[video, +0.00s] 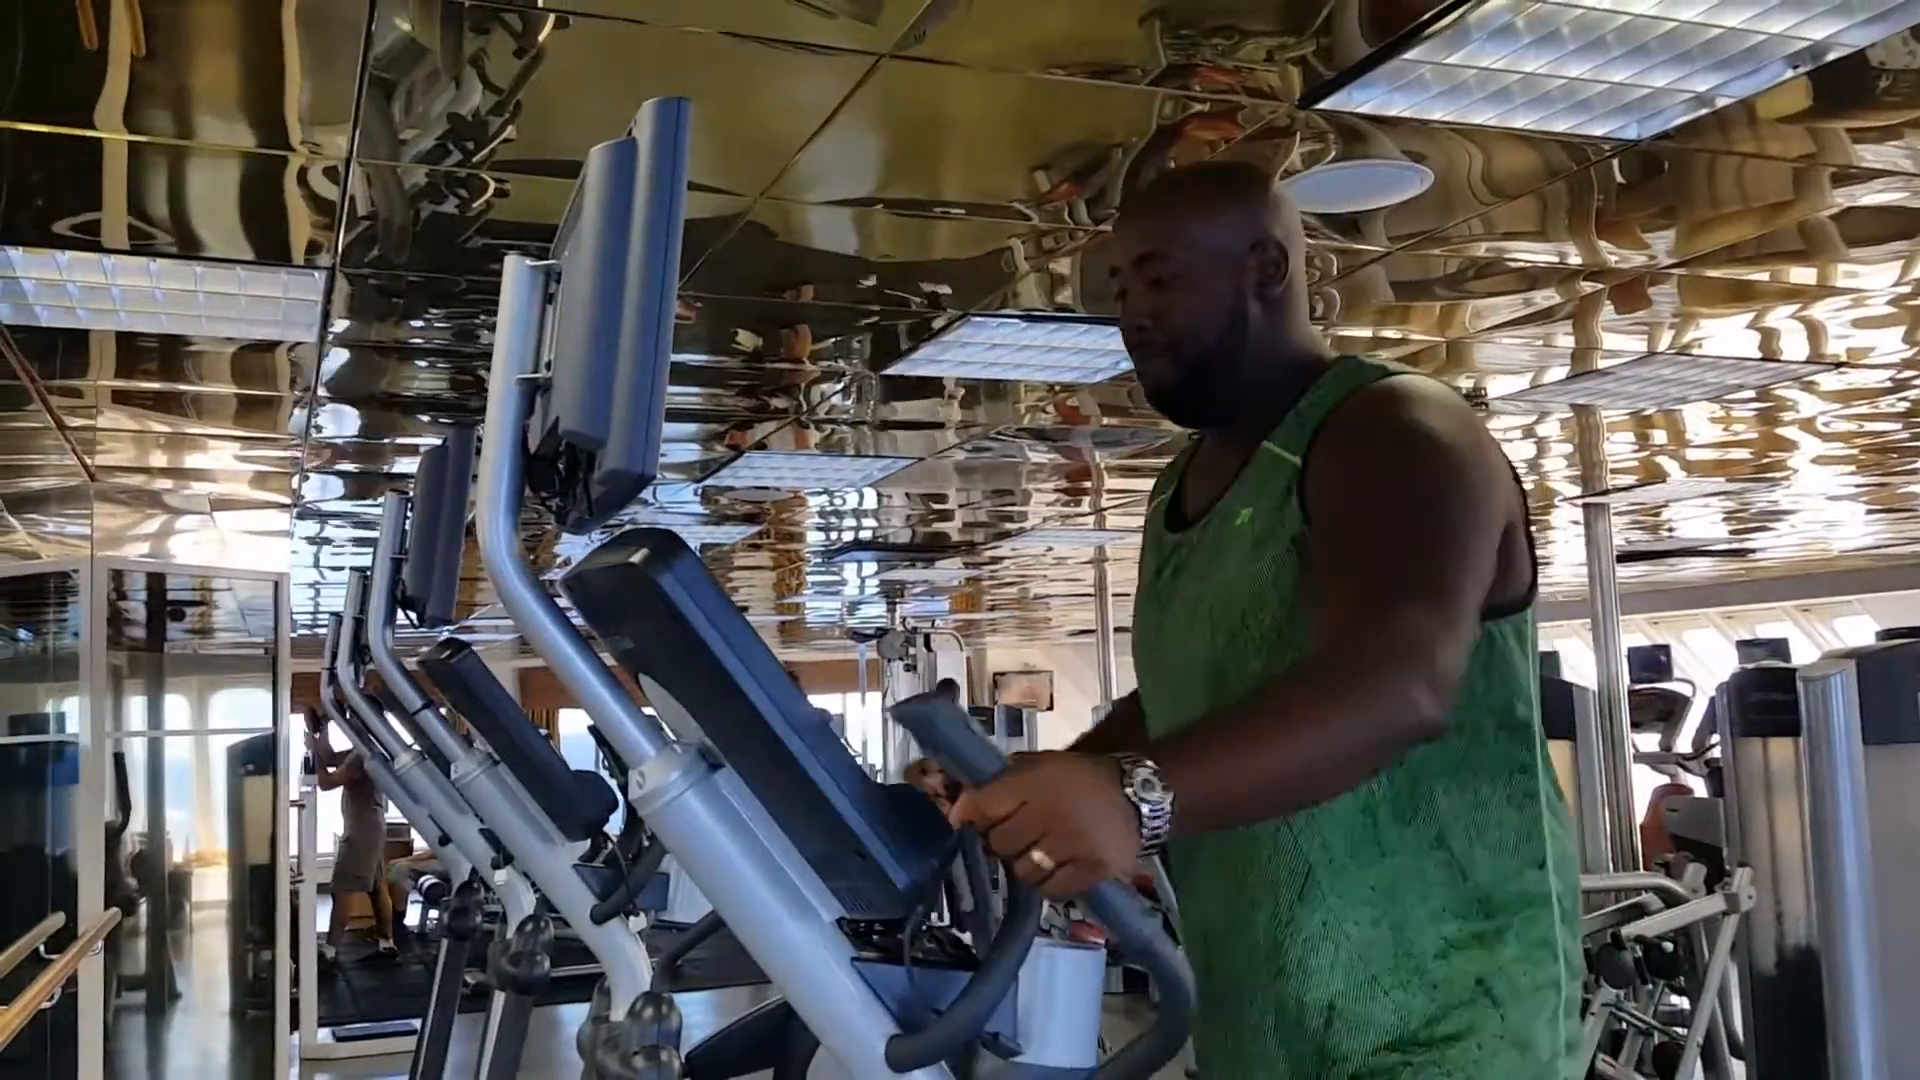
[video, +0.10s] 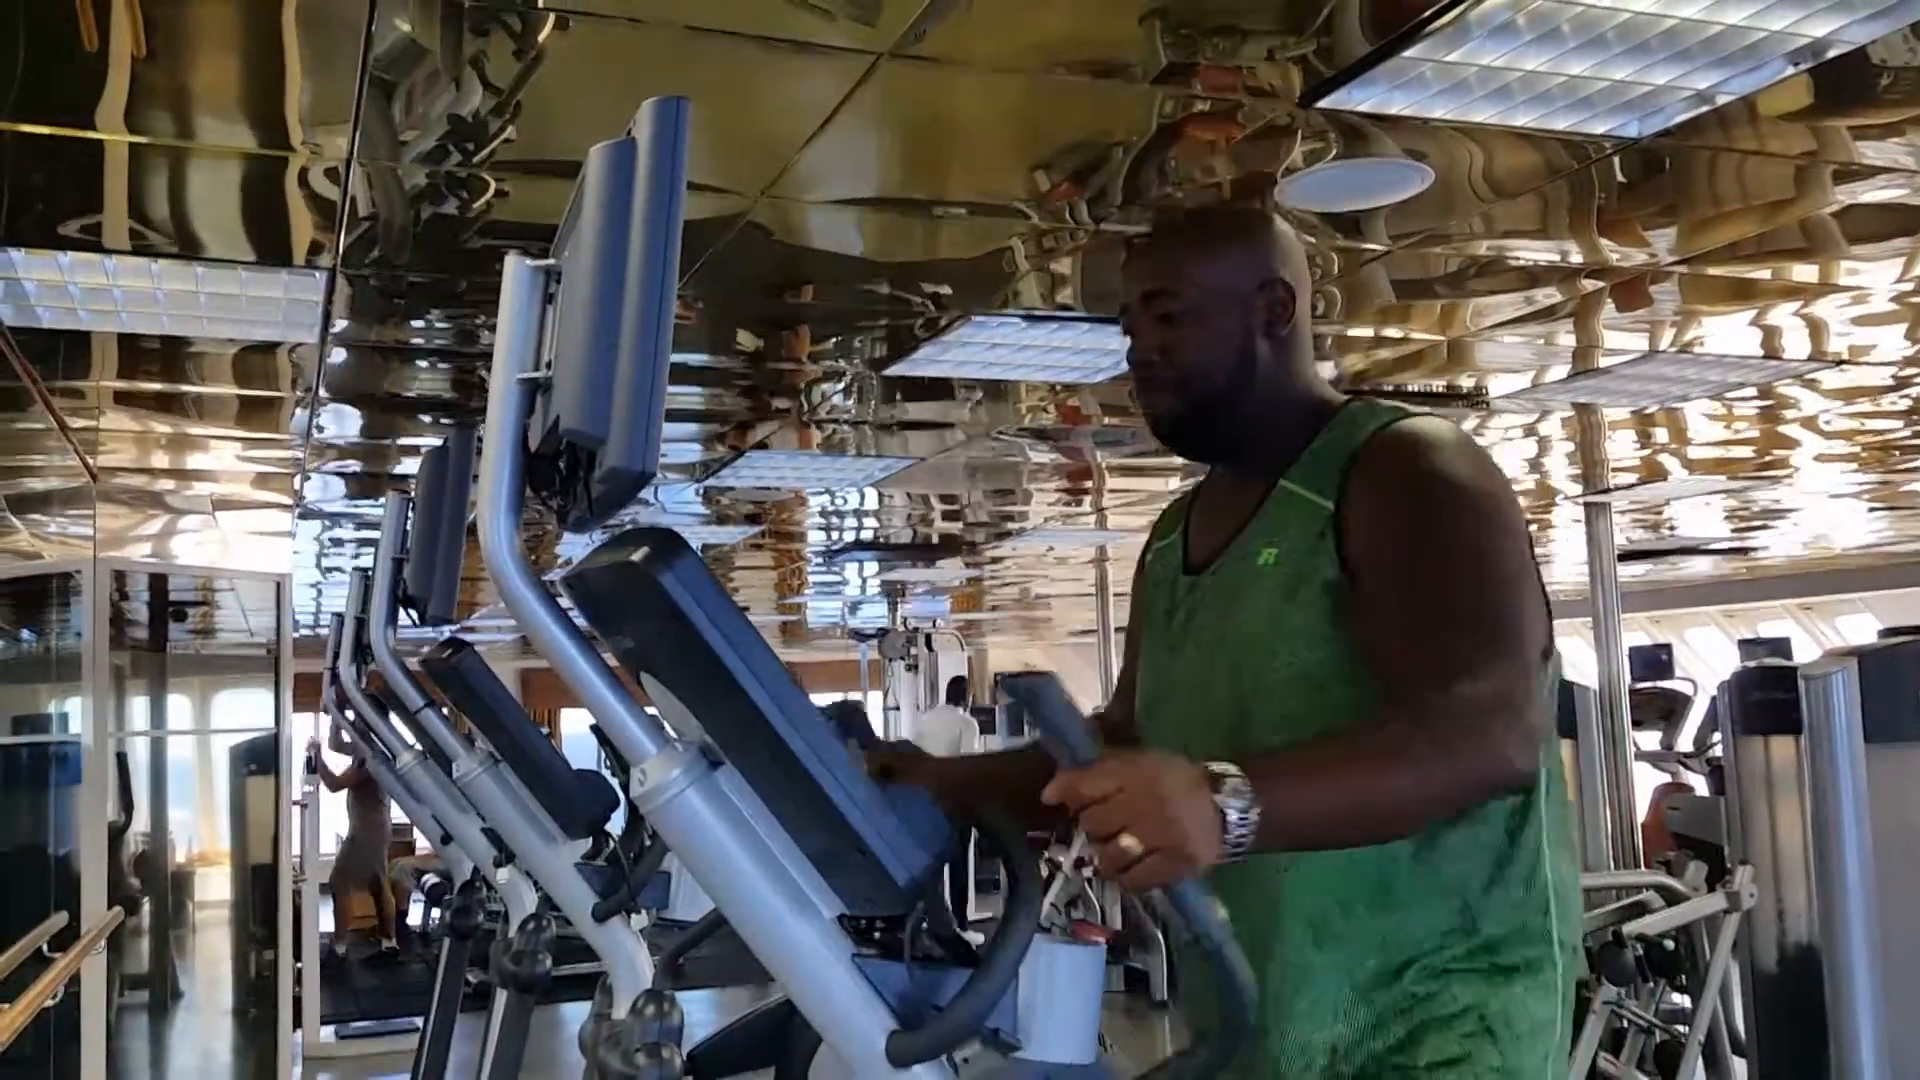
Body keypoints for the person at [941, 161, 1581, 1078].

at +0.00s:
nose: (1129, 317)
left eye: (1159, 279)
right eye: (1123, 290)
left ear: (1266, 274)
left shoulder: (1408, 436)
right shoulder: (1188, 483)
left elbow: (1398, 682)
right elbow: (1189, 693)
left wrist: (1139, 797)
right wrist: (1049, 792)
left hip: (1440, 1016)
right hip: (1257, 1019)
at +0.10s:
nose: (1136, 351)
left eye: (1166, 316)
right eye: (1131, 324)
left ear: (1273, 313)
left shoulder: (1418, 472)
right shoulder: (1177, 537)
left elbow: (1494, 731)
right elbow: (1131, 754)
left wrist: (1231, 803)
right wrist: (955, 786)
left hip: (1431, 1025)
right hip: (1244, 1025)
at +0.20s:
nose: (1141, 370)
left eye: (1165, 329)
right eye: (1132, 343)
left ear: (1276, 320)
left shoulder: (1432, 487)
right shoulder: (1173, 559)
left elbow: (1581, 749)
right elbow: (1081, 761)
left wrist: (1343, 835)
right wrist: (872, 779)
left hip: (1444, 1022)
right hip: (1249, 1031)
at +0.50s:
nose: (1132, 285)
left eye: (1164, 241)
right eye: (1128, 251)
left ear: (1276, 236)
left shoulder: (1444, 403)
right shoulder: (1151, 493)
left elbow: (1630, 665)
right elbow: (1013, 669)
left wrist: (1434, 847)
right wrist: (826, 766)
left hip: (1479, 1019)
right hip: (1265, 1022)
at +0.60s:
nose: (1132, 285)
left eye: (1164, 244)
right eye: (1131, 252)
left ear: (1281, 238)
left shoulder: (1442, 408)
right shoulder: (1162, 500)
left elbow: (1623, 673)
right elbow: (1041, 675)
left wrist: (1380, 829)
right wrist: (835, 767)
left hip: (1494, 1029)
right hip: (1260, 1034)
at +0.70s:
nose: (1144, 316)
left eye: (1176, 279)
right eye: (1141, 291)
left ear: (1294, 279)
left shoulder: (1443, 462)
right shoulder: (1187, 528)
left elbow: (1583, 740)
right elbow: (1099, 706)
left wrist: (1285, 822)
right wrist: (881, 772)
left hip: (1488, 1048)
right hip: (1243, 1046)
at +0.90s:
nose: (1136, 318)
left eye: (1166, 274)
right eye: (1132, 288)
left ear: (1283, 273)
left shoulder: (1415, 447)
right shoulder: (1210, 488)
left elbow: (1419, 727)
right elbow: (1230, 701)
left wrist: (1108, 793)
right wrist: (1090, 753)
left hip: (1439, 1038)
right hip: (1247, 1028)